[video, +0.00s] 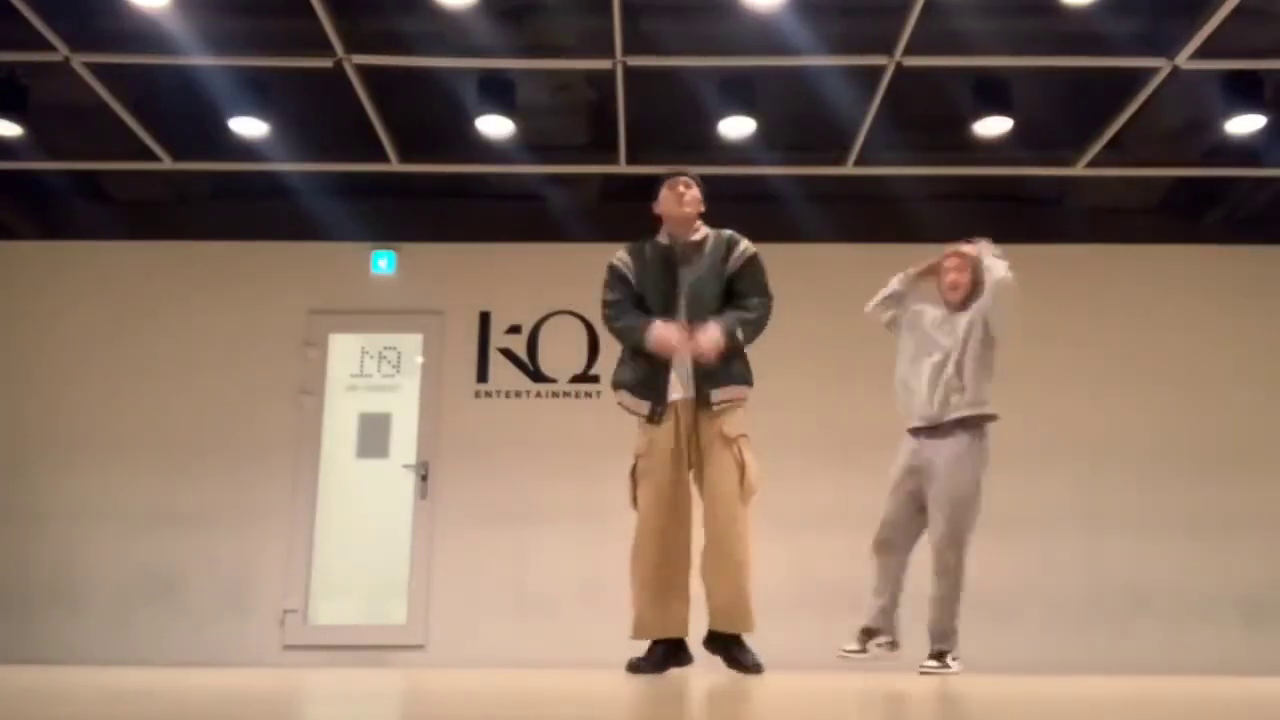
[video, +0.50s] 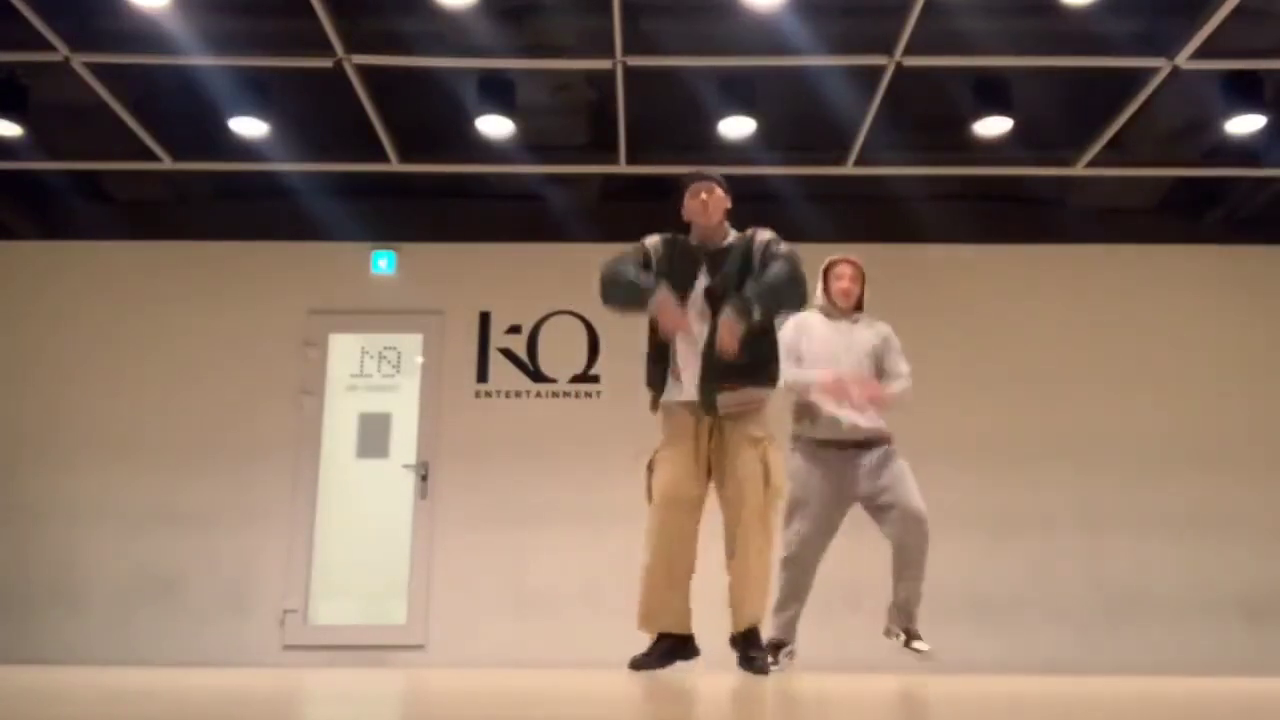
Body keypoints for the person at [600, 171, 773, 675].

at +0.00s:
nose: (685, 191)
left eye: (691, 186)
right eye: (675, 188)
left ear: (703, 203)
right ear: (657, 208)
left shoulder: (733, 249)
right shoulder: (632, 259)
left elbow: (756, 307)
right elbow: (617, 314)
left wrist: (720, 332)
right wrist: (653, 333)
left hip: (721, 404)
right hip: (658, 408)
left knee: (729, 518)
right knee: (660, 520)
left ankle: (727, 631)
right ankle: (667, 639)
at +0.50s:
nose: (700, 200)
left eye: (708, 193)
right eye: (692, 195)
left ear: (726, 203)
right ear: (683, 209)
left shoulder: (757, 245)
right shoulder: (663, 249)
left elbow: (790, 280)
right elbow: (612, 278)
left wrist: (742, 312)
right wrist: (655, 297)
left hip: (746, 407)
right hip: (681, 409)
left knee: (751, 517)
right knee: (670, 513)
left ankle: (748, 631)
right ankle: (672, 633)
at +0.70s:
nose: (719, 228)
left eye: (727, 220)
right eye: (709, 221)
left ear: (740, 229)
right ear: (693, 234)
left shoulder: (756, 279)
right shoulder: (674, 277)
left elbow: (779, 259)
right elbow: (640, 244)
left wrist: (751, 194)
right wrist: (662, 191)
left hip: (756, 425)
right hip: (697, 429)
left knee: (776, 524)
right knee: (684, 523)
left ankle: (768, 647)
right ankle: (717, 645)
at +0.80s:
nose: (724, 244)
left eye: (732, 236)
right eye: (714, 238)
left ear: (748, 247)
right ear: (702, 251)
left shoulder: (761, 291)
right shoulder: (689, 293)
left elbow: (784, 316)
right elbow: (653, 308)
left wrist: (769, 257)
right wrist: (663, 253)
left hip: (758, 439)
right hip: (698, 445)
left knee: (775, 536)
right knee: (682, 534)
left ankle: (770, 649)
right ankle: (720, 647)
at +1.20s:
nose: (706, 233)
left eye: (714, 222)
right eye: (700, 224)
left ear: (731, 229)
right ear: (691, 234)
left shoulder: (750, 269)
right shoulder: (683, 275)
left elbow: (755, 229)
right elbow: (659, 244)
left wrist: (704, 195)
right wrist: (673, 199)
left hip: (741, 405)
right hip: (682, 407)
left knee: (754, 521)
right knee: (655, 519)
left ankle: (763, 643)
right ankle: (630, 640)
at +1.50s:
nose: (671, 242)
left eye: (672, 232)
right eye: (659, 243)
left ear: (688, 233)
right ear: (652, 260)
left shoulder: (724, 263)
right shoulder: (647, 293)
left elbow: (702, 326)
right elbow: (674, 332)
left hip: (696, 399)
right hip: (643, 406)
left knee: (713, 501)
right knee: (622, 517)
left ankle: (786, 620)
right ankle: (630, 645)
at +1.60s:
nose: (663, 255)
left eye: (665, 246)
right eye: (651, 255)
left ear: (680, 249)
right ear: (643, 270)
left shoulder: (716, 280)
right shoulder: (640, 309)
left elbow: (722, 343)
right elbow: (649, 355)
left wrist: (709, 390)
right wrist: (667, 380)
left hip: (692, 417)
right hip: (640, 422)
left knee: (715, 516)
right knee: (616, 527)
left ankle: (772, 631)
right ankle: (629, 648)